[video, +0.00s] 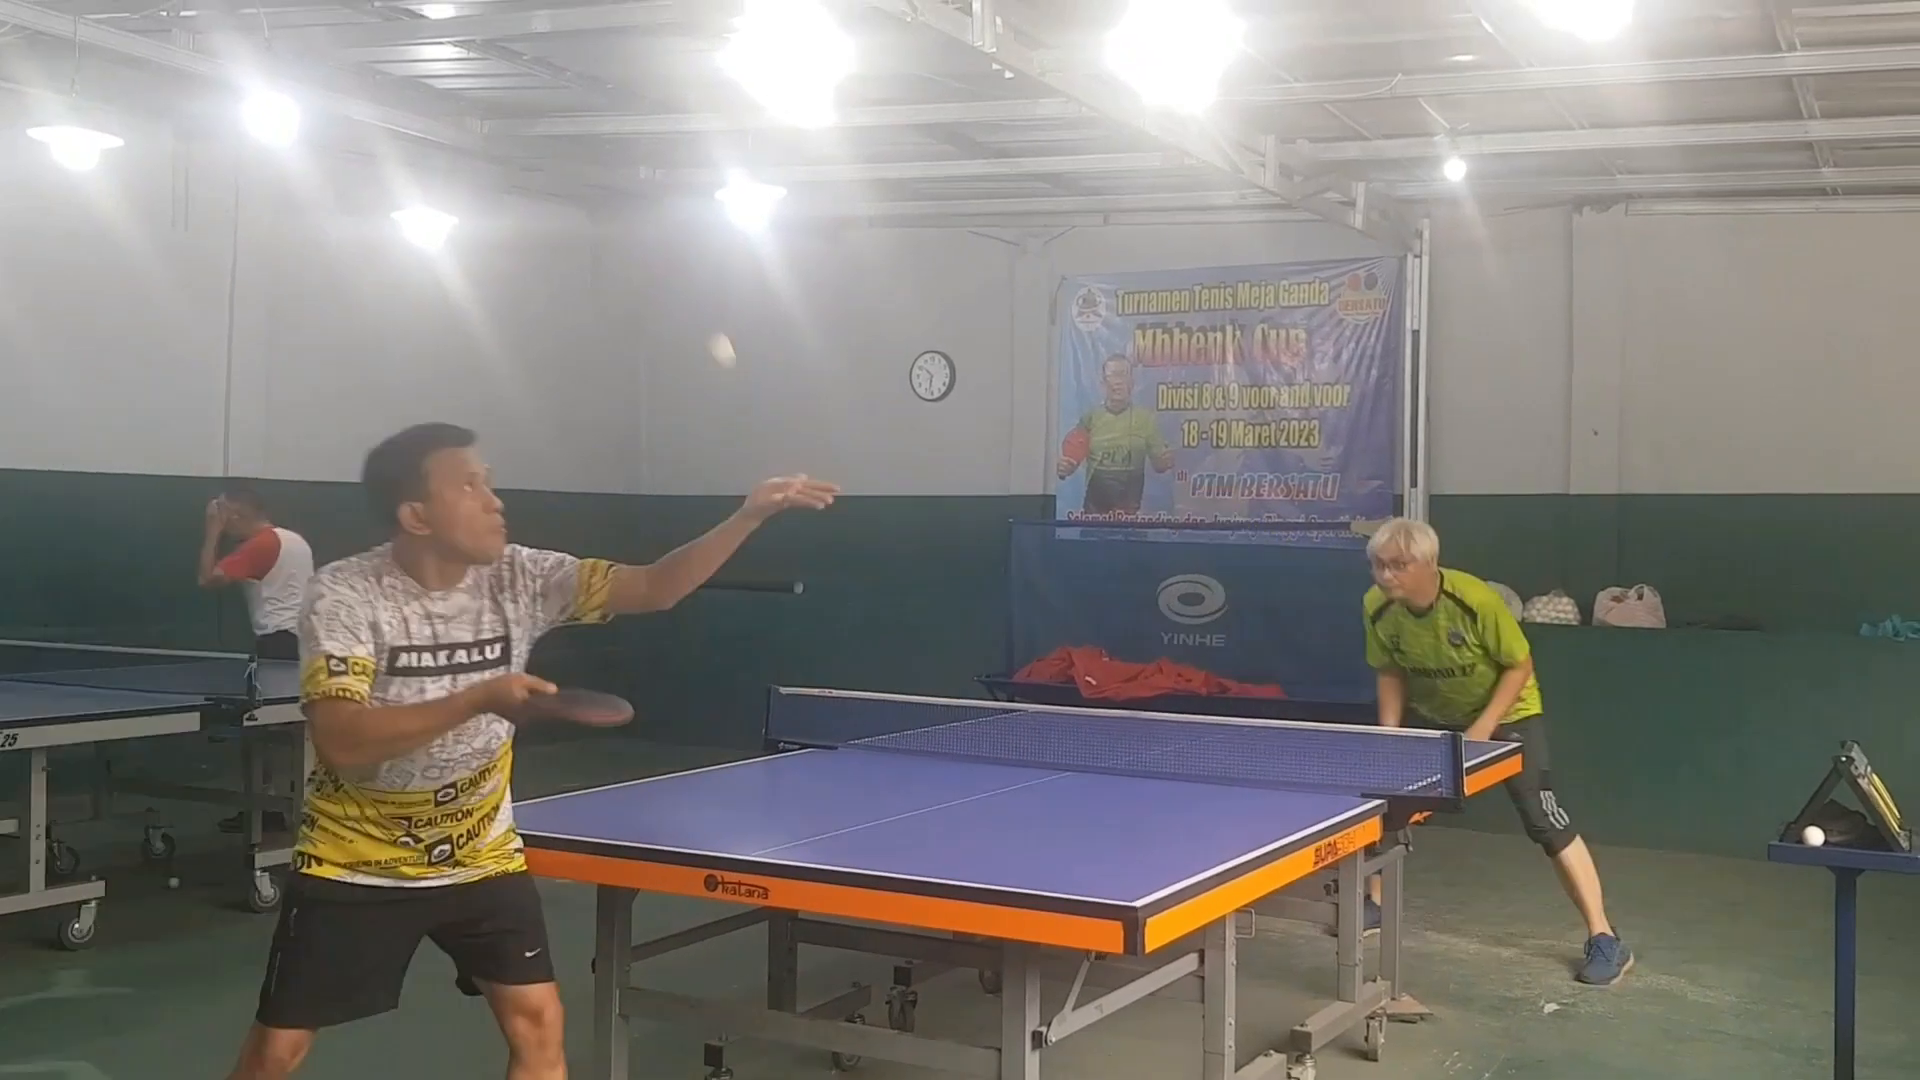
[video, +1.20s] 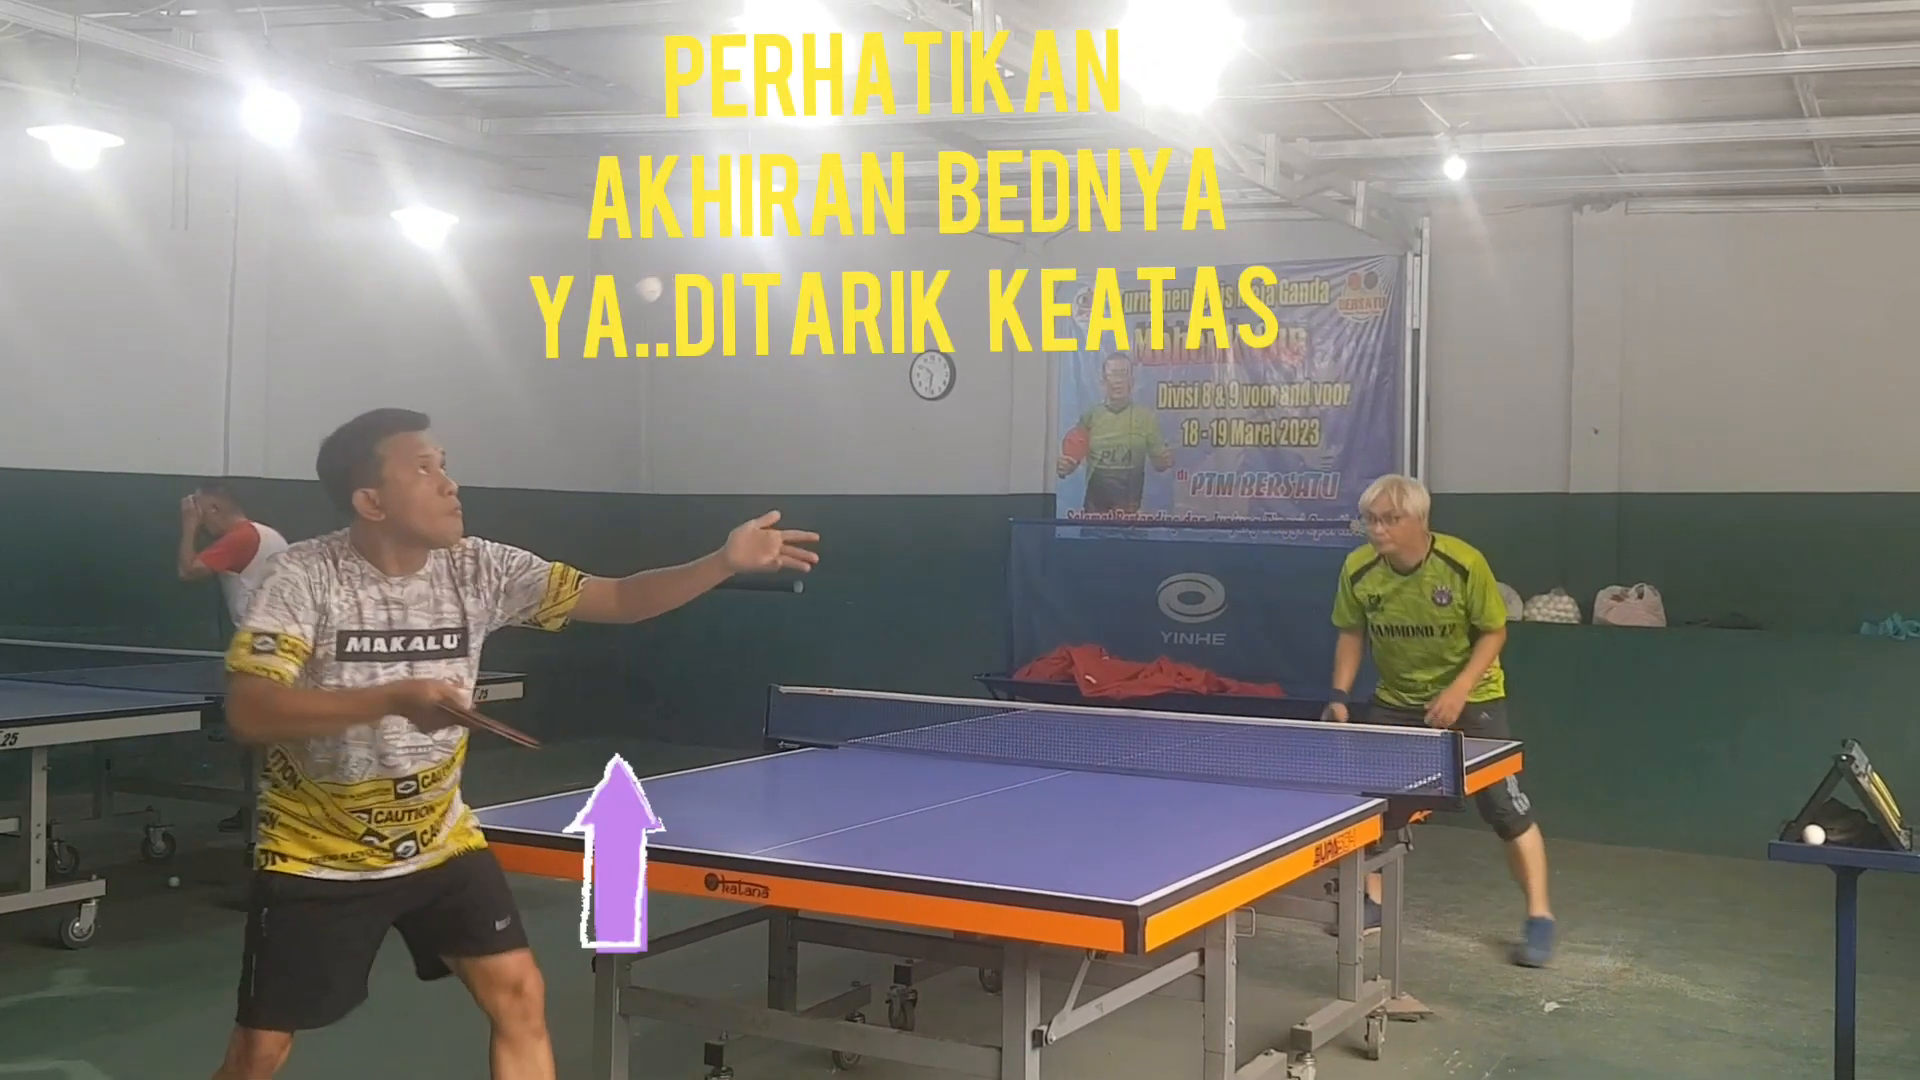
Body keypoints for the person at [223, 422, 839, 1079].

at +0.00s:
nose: (495, 498)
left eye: (489, 482)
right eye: (473, 487)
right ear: (413, 516)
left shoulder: (520, 578)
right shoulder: (348, 592)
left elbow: (653, 586)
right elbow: (340, 740)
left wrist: (752, 513)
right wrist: (477, 699)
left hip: (481, 854)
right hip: (355, 860)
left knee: (537, 1022)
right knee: (275, 1051)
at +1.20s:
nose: (450, 482)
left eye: (444, 467)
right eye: (426, 470)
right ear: (368, 502)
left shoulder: (480, 570)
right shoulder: (297, 578)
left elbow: (620, 598)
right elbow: (249, 710)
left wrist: (726, 560)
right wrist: (395, 698)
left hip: (437, 838)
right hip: (312, 850)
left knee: (519, 994)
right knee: (259, 1053)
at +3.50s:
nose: (659, 617)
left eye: (666, 600)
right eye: (654, 595)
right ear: (602, 575)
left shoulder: (612, 661)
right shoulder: (490, 591)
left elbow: (696, 690)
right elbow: (366, 662)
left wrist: (687, 566)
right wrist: (502, 616)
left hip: (502, 889)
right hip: (394, 883)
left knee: (606, 1031)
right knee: (333, 1068)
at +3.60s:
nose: (676, 624)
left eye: (682, 609)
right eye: (672, 605)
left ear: (625, 602)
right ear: (624, 597)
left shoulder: (620, 671)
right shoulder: (505, 604)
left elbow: (704, 710)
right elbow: (374, 679)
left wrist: (702, 591)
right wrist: (491, 608)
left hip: (506, 892)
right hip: (401, 887)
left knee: (611, 1033)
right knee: (353, 1071)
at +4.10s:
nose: (695, 640)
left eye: (700, 626)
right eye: (696, 620)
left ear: (651, 613)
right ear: (655, 612)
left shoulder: (638, 689)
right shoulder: (522, 618)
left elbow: (716, 755)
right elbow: (389, 700)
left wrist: (737, 653)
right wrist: (467, 625)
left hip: (510, 896)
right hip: (413, 884)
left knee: (620, 1033)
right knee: (394, 1072)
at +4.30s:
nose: (696, 639)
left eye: (700, 624)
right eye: (696, 621)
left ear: (654, 616)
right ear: (658, 615)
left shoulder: (642, 692)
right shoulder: (525, 617)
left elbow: (718, 760)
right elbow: (392, 705)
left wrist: (745, 664)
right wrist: (474, 643)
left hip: (508, 892)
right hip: (412, 880)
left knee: (620, 1031)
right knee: (401, 1070)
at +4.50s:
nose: (695, 636)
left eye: (699, 621)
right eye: (695, 619)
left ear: (653, 614)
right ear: (659, 614)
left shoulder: (640, 691)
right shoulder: (526, 619)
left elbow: (716, 761)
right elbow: (394, 707)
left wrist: (747, 672)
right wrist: (483, 657)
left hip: (508, 890)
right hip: (411, 877)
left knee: (618, 1028)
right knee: (405, 1070)